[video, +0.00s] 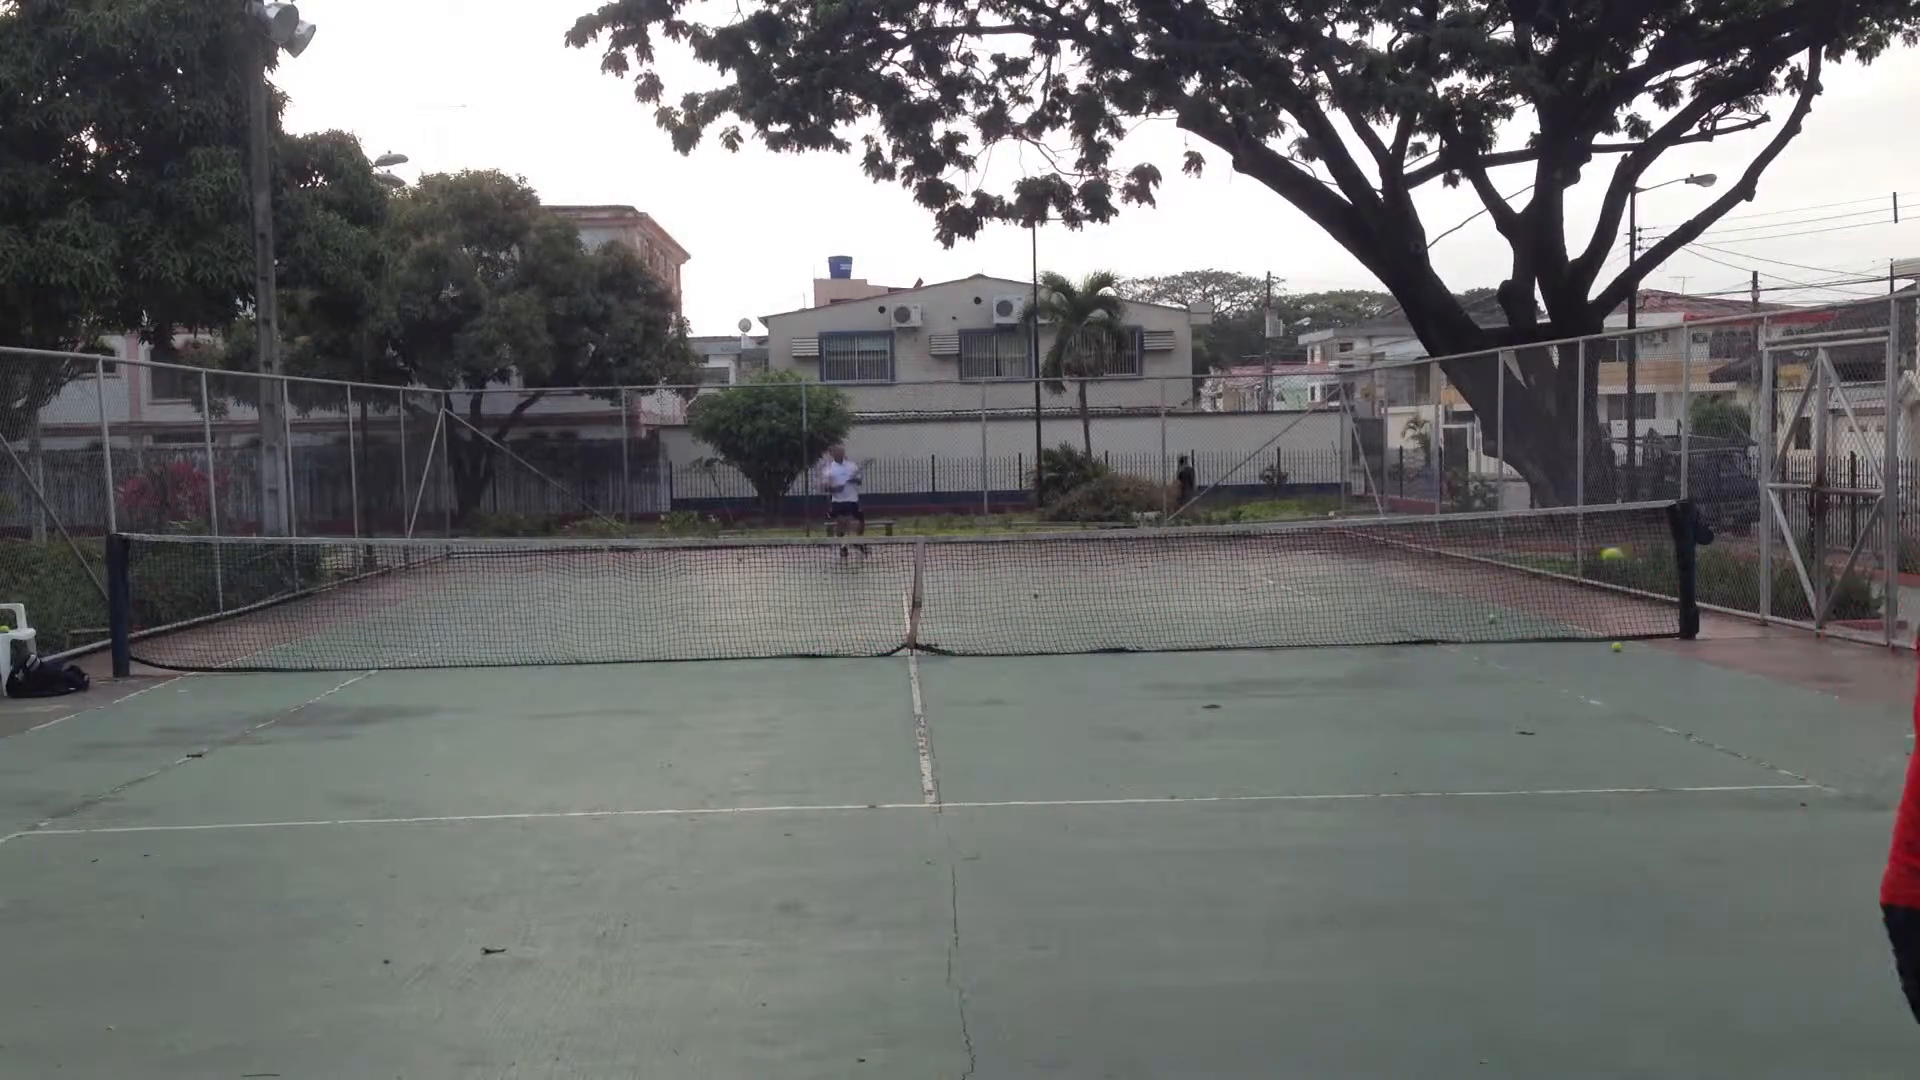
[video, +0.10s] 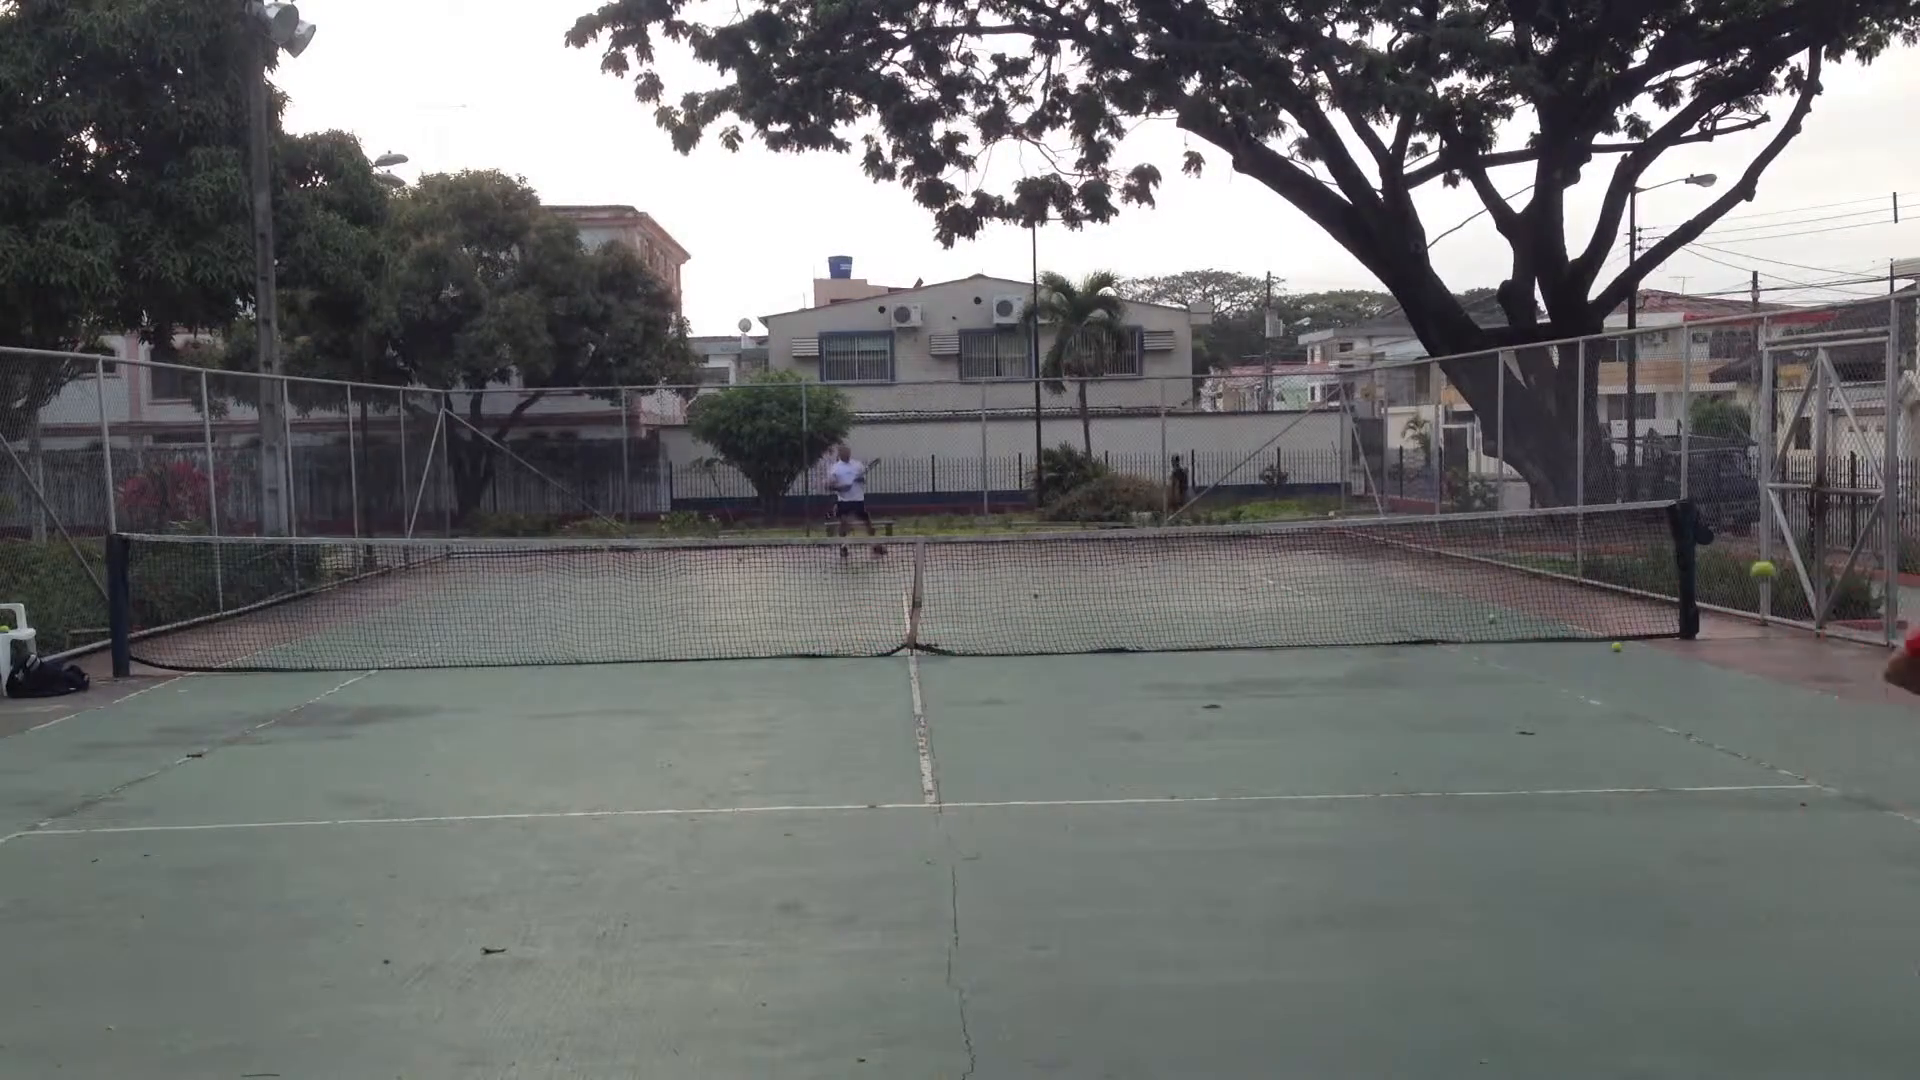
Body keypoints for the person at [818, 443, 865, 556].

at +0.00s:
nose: (839, 455)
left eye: (840, 453)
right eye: (836, 453)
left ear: (844, 453)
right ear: (832, 454)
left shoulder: (851, 466)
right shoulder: (829, 468)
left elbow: (859, 480)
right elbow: (825, 485)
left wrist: (854, 479)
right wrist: (836, 487)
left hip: (852, 500)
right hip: (837, 500)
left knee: (858, 523)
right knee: (840, 524)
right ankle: (842, 545)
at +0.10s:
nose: (846, 456)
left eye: (847, 453)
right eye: (843, 454)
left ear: (850, 454)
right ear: (839, 455)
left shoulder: (857, 465)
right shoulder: (835, 468)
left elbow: (864, 478)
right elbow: (830, 485)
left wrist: (861, 479)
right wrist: (843, 487)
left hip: (858, 500)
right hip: (843, 501)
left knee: (867, 523)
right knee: (843, 523)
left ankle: (875, 544)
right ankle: (843, 546)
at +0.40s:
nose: (860, 455)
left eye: (862, 452)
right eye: (858, 452)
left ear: (865, 452)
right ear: (854, 453)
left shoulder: (873, 464)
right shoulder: (850, 467)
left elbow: (881, 479)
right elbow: (845, 484)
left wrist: (876, 478)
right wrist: (858, 486)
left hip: (873, 499)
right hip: (858, 500)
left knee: (878, 523)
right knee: (853, 522)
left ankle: (881, 544)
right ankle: (847, 544)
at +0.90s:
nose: (854, 455)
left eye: (856, 452)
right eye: (852, 452)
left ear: (860, 452)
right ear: (849, 453)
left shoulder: (867, 465)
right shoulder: (844, 465)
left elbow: (873, 482)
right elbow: (834, 477)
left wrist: (863, 479)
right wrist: (846, 480)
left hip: (863, 499)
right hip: (849, 498)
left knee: (870, 523)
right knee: (848, 523)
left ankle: (878, 544)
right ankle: (851, 546)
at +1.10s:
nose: (850, 452)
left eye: (852, 450)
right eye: (848, 450)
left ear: (855, 451)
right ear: (845, 451)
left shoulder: (860, 463)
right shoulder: (841, 462)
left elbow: (862, 481)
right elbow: (829, 472)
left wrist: (846, 476)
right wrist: (836, 475)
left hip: (859, 497)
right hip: (846, 496)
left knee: (857, 521)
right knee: (847, 522)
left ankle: (861, 545)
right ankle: (852, 545)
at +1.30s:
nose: (843, 454)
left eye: (846, 451)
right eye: (842, 452)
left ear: (850, 452)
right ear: (840, 453)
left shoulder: (855, 463)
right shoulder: (840, 464)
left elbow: (849, 473)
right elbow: (835, 475)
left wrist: (832, 473)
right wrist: (824, 476)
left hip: (857, 497)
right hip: (846, 496)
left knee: (853, 521)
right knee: (844, 520)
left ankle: (857, 546)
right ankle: (851, 545)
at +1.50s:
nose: (835, 460)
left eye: (837, 458)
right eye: (834, 458)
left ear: (842, 457)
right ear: (833, 459)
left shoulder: (848, 466)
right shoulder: (840, 470)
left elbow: (837, 473)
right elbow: (835, 485)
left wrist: (821, 473)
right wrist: (822, 491)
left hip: (856, 497)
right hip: (848, 498)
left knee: (845, 522)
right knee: (843, 522)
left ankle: (854, 544)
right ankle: (850, 545)